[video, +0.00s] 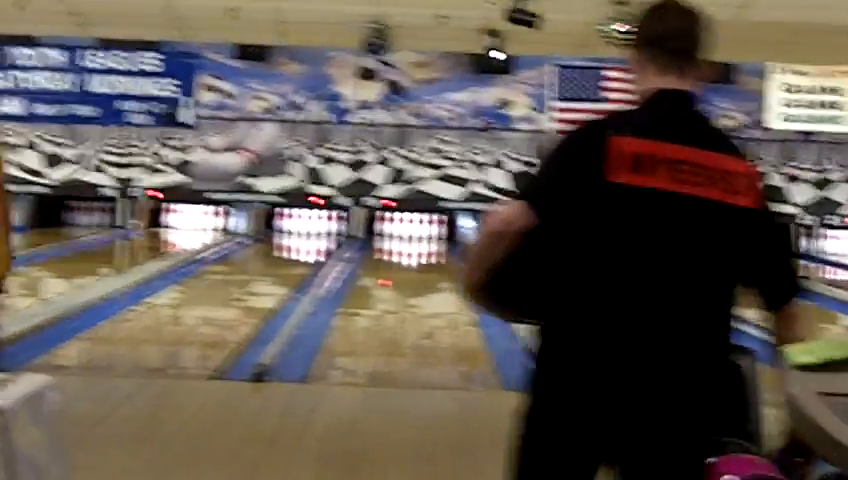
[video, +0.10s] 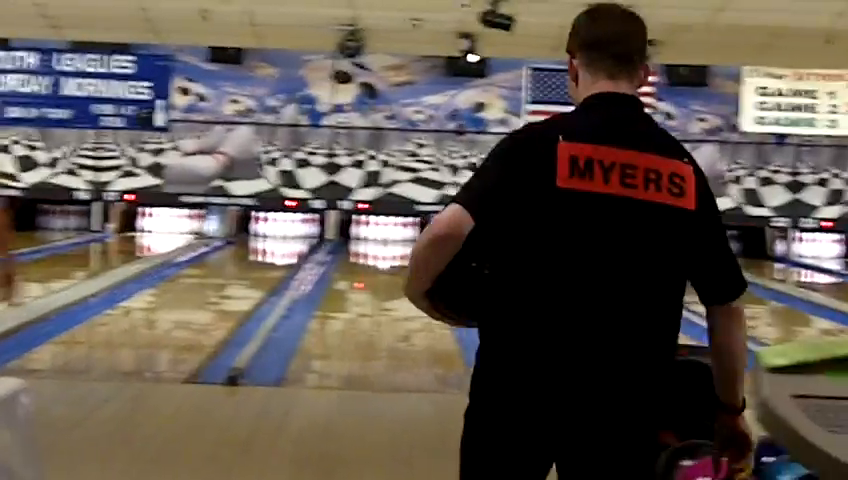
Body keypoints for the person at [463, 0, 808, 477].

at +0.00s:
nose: (633, 62)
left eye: (635, 52)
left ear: (637, 57)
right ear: (698, 65)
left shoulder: (592, 143)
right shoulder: (738, 170)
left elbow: (511, 220)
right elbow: (783, 307)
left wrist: (474, 278)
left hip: (581, 387)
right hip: (688, 396)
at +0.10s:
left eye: (569, 68)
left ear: (573, 66)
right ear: (644, 74)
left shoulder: (527, 147)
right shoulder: (682, 170)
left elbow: (444, 233)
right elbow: (725, 305)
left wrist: (419, 291)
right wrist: (731, 409)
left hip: (516, 404)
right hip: (625, 414)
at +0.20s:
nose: (570, 62)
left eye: (571, 52)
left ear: (575, 52)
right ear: (642, 57)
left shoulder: (533, 137)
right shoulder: (683, 158)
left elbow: (453, 219)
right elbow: (724, 293)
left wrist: (423, 275)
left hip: (521, 389)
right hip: (625, 397)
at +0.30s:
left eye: (529, 83)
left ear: (532, 84)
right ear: (602, 89)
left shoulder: (493, 158)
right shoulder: (641, 179)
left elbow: (409, 244)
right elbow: (673, 313)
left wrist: (379, 305)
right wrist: (675, 415)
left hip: (481, 404)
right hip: (579, 412)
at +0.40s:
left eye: (508, 92)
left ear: (512, 93)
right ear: (583, 97)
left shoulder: (472, 167)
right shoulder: (626, 182)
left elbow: (393, 254)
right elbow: (657, 310)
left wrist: (366, 317)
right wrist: (661, 415)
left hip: (473, 400)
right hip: (568, 408)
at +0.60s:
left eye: (457, 99)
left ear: (461, 104)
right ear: (519, 103)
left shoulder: (426, 180)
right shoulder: (567, 185)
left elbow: (352, 265)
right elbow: (619, 297)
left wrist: (337, 329)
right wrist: (647, 392)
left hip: (444, 397)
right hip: (530, 400)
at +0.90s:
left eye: (376, 117)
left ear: (377, 120)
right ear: (442, 121)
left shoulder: (339, 190)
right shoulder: (477, 198)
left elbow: (272, 275)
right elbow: (522, 308)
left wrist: (248, 337)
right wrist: (545, 394)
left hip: (349, 396)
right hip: (433, 400)